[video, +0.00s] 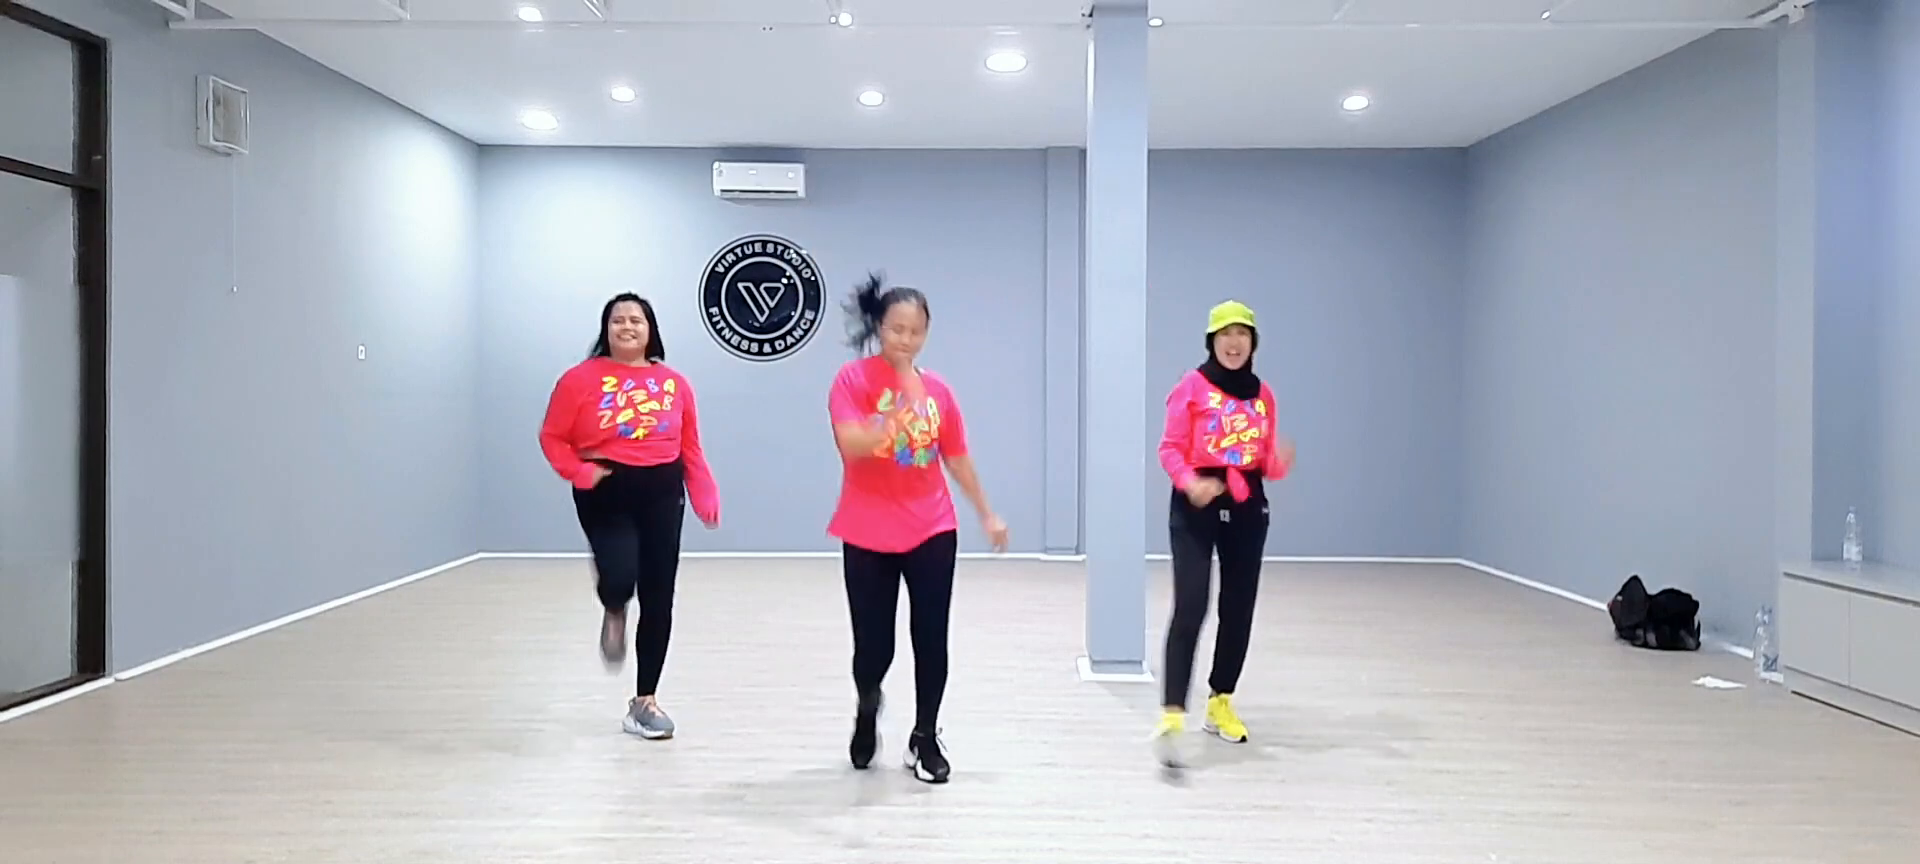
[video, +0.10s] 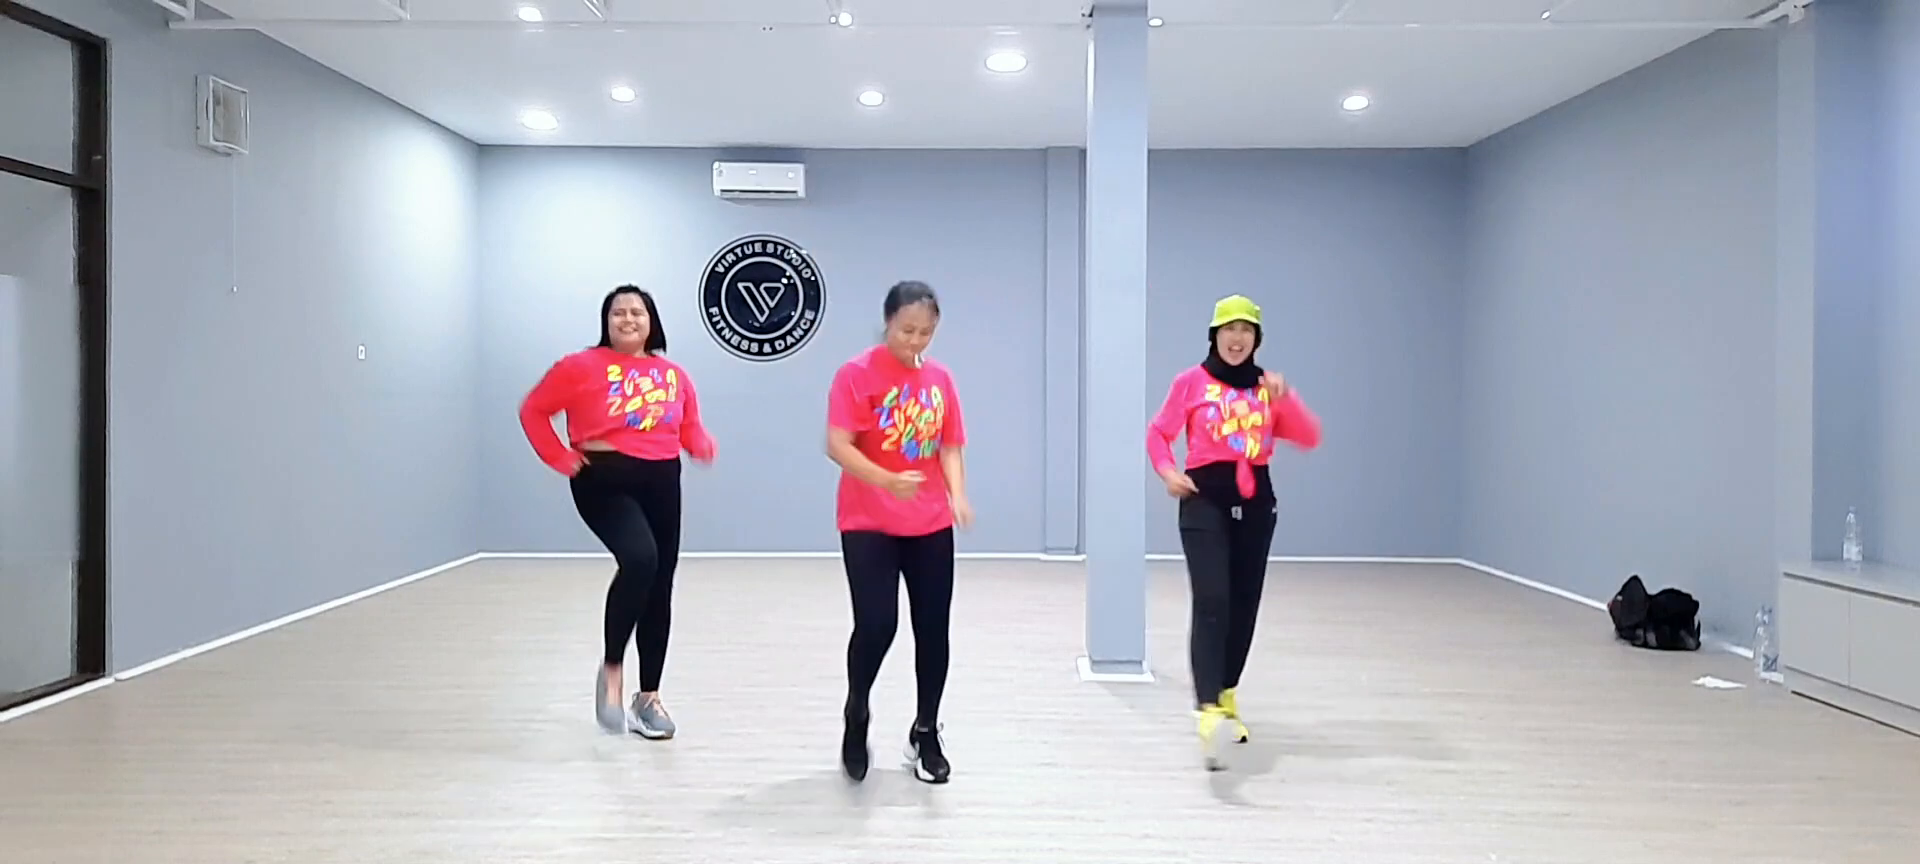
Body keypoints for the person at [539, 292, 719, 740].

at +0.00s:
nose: (627, 326)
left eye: (637, 320)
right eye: (618, 320)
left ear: (650, 330)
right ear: (605, 330)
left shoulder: (673, 382)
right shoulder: (579, 381)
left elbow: (690, 446)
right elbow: (551, 437)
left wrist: (706, 498)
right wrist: (580, 471)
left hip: (662, 491)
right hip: (605, 490)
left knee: (658, 597)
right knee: (619, 580)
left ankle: (644, 699)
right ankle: (615, 614)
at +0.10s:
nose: (629, 318)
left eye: (637, 312)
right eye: (620, 312)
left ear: (651, 323)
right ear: (606, 323)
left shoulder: (672, 374)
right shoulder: (580, 367)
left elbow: (689, 425)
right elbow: (531, 411)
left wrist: (704, 446)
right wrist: (561, 456)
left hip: (661, 481)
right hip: (602, 478)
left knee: (659, 584)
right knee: (640, 561)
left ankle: (649, 695)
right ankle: (612, 669)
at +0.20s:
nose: (625, 307)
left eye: (633, 300)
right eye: (615, 301)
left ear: (647, 310)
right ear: (600, 312)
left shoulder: (668, 357)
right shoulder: (575, 353)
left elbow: (694, 415)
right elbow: (522, 389)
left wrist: (697, 407)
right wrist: (559, 441)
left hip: (652, 473)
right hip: (597, 469)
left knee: (656, 583)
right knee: (636, 575)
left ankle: (649, 690)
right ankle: (610, 708)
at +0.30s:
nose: (619, 317)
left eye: (626, 310)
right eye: (608, 312)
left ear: (640, 317)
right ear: (591, 323)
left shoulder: (661, 357)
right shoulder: (575, 363)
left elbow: (676, 409)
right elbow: (524, 409)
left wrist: (696, 416)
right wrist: (574, 443)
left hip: (637, 487)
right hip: (594, 484)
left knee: (668, 589)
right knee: (622, 593)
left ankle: (632, 699)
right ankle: (589, 738)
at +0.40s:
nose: (618, 332)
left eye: (624, 325)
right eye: (605, 326)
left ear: (633, 336)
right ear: (584, 338)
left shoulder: (639, 383)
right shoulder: (578, 389)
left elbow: (659, 438)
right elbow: (560, 452)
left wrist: (668, 465)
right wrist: (632, 444)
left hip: (626, 502)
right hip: (588, 503)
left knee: (660, 602)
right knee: (619, 614)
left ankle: (626, 711)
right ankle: (583, 753)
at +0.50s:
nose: (633, 320)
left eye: (632, 313)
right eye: (623, 312)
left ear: (615, 326)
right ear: (596, 321)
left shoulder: (608, 368)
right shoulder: (593, 367)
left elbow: (629, 421)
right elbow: (632, 422)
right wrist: (670, 391)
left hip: (604, 490)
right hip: (589, 490)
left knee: (633, 594)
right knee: (615, 607)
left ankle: (622, 707)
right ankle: (586, 747)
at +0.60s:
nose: (626, 308)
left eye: (622, 300)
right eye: (622, 301)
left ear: (574, 307)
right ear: (611, 306)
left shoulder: (554, 355)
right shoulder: (615, 343)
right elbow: (655, 390)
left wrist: (542, 439)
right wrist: (670, 370)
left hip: (553, 467)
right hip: (599, 460)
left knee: (601, 581)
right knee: (616, 588)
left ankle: (592, 713)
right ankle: (599, 726)